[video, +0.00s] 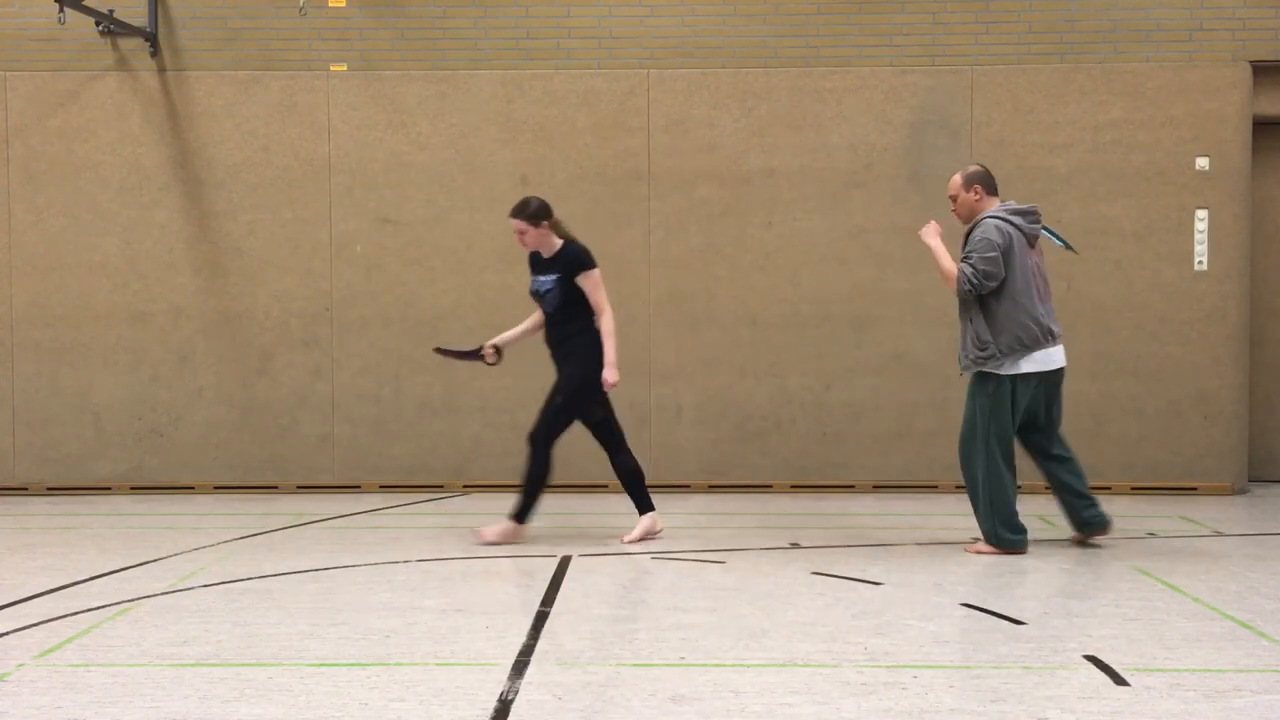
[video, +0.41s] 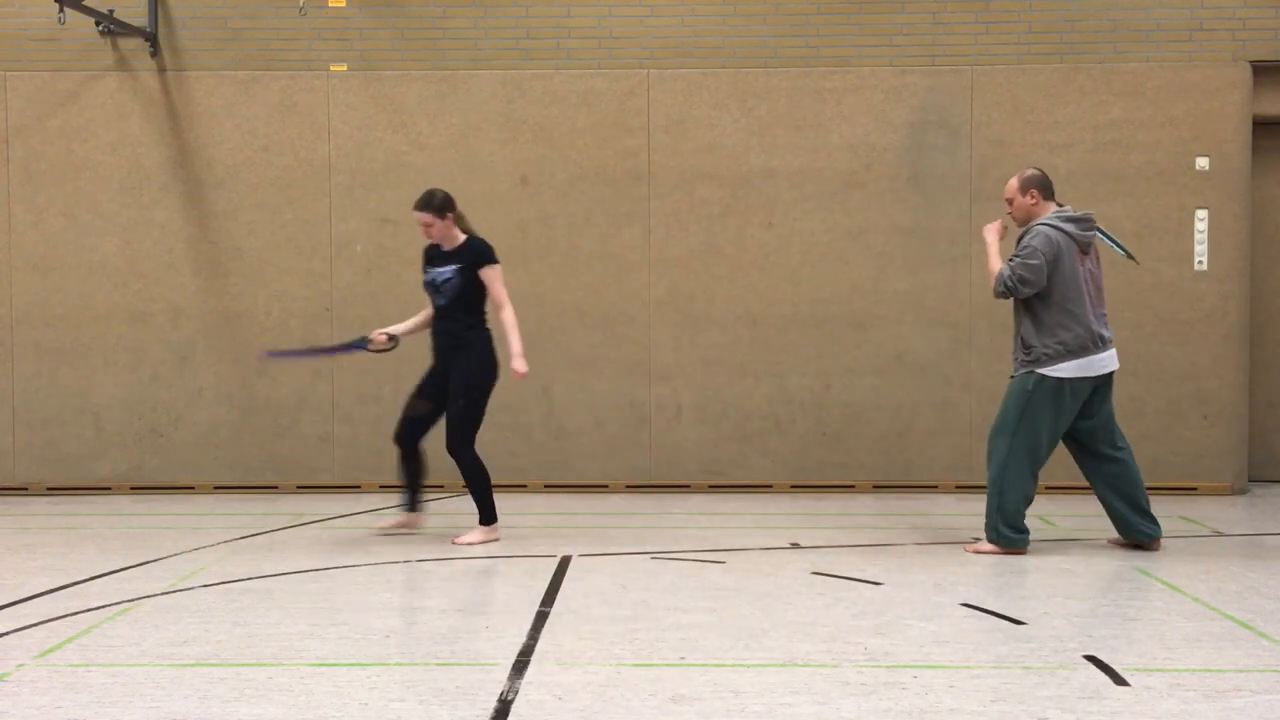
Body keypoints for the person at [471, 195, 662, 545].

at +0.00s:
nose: (518, 239)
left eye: (522, 232)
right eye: (516, 233)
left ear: (543, 226)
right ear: (533, 229)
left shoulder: (575, 256)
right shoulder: (537, 260)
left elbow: (604, 311)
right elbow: (544, 314)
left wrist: (610, 365)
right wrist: (500, 341)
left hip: (586, 367)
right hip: (570, 366)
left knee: (541, 437)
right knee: (613, 441)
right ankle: (648, 515)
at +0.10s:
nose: (492, 242)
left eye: (496, 236)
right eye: (490, 236)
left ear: (518, 229)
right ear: (509, 232)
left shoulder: (550, 263)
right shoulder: (513, 263)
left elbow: (578, 315)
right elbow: (517, 318)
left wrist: (593, 367)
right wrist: (471, 342)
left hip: (550, 371)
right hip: (540, 371)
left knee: (500, 438)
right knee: (584, 443)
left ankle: (490, 525)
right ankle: (638, 507)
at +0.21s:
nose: (468, 239)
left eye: (471, 233)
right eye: (466, 233)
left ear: (493, 227)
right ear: (485, 229)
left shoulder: (521, 261)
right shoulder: (485, 260)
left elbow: (551, 315)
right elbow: (484, 317)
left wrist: (571, 365)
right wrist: (439, 340)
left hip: (520, 367)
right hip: (507, 366)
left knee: (475, 440)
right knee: (519, 454)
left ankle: (489, 526)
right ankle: (594, 496)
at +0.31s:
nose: (444, 235)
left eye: (448, 228)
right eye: (442, 229)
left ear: (469, 222)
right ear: (459, 225)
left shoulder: (499, 256)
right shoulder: (460, 256)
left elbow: (526, 310)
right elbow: (460, 314)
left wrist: (544, 360)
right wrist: (416, 337)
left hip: (499, 364)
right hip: (479, 364)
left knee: (463, 443)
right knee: (451, 443)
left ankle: (490, 525)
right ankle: (510, 499)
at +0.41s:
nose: (424, 231)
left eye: (428, 225)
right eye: (421, 225)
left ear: (448, 218)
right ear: (428, 222)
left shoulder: (478, 251)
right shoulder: (432, 254)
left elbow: (503, 305)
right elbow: (436, 310)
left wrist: (517, 354)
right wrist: (394, 332)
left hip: (475, 363)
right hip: (445, 363)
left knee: (459, 443)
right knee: (407, 434)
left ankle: (489, 525)